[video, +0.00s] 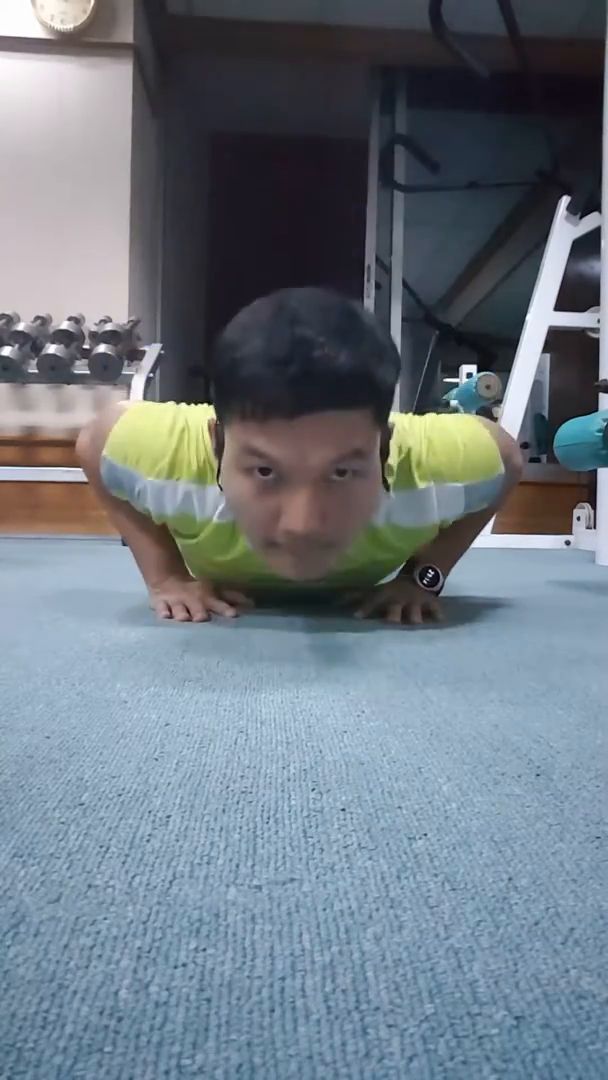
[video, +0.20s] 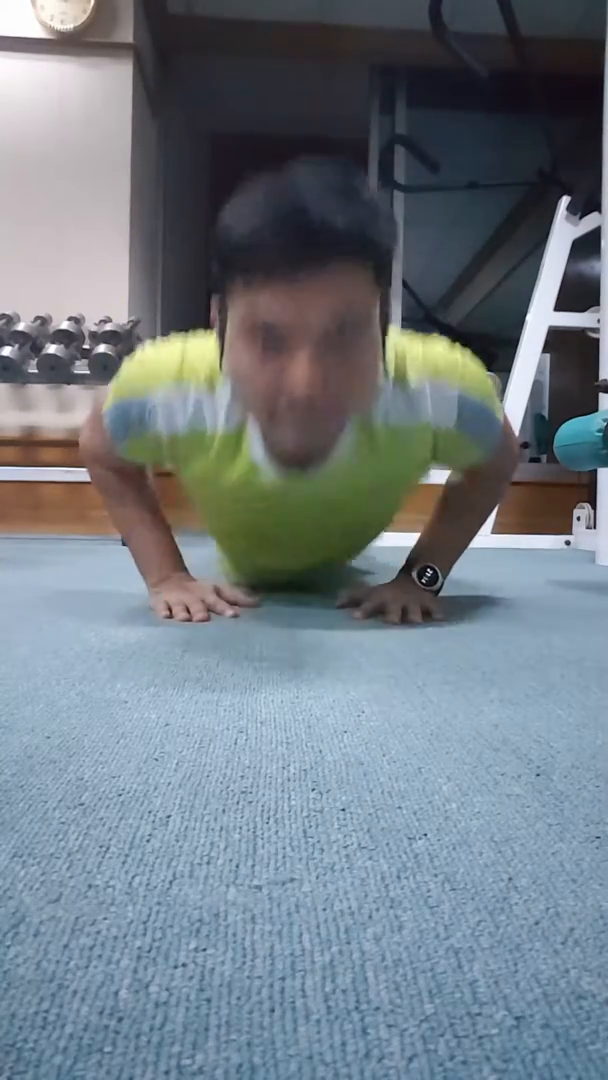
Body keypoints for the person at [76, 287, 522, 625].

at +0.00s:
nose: (303, 518)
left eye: (343, 473)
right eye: (265, 472)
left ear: (384, 453)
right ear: (217, 447)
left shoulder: (436, 466)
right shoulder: (169, 457)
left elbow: (503, 458)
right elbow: (95, 440)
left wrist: (423, 575)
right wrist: (166, 577)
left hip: (364, 570)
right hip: (220, 566)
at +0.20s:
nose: (305, 380)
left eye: (340, 338)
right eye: (271, 342)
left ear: (383, 321)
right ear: (219, 324)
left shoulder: (441, 384)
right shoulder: (163, 383)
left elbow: (495, 457)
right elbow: (102, 447)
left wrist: (421, 576)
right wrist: (168, 577)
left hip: (349, 541)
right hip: (235, 550)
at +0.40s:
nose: (318, 209)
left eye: (349, 173)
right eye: (283, 175)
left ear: (388, 174)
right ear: (236, 182)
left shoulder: (434, 284)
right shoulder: (181, 283)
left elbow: (479, 442)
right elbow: (124, 432)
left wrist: (417, 577)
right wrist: (169, 576)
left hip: (348, 486)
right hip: (242, 485)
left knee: (330, 518)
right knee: (255, 521)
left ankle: (317, 531)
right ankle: (263, 531)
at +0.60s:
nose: (324, 111)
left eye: (353, 77)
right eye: (292, 80)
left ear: (391, 89)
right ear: (251, 97)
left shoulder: (440, 223)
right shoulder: (207, 224)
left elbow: (437, 407)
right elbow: (152, 407)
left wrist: (416, 575)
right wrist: (169, 574)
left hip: (358, 435)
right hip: (261, 429)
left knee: (319, 487)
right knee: (261, 479)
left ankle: (303, 511)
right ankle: (262, 506)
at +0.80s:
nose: (326, 103)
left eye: (354, 72)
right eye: (297, 73)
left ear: (392, 86)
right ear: (262, 90)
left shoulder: (431, 222)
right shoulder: (217, 202)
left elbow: (429, 407)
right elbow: (173, 355)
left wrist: (414, 573)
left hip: (365, 396)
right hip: (269, 384)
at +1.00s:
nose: (324, 107)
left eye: (354, 76)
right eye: (296, 79)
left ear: (393, 88)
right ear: (265, 93)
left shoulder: (434, 223)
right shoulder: (225, 199)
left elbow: (430, 405)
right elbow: (188, 358)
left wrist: (414, 574)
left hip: (368, 414)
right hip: (278, 402)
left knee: (327, 482)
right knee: (270, 471)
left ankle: (305, 504)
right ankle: (262, 502)